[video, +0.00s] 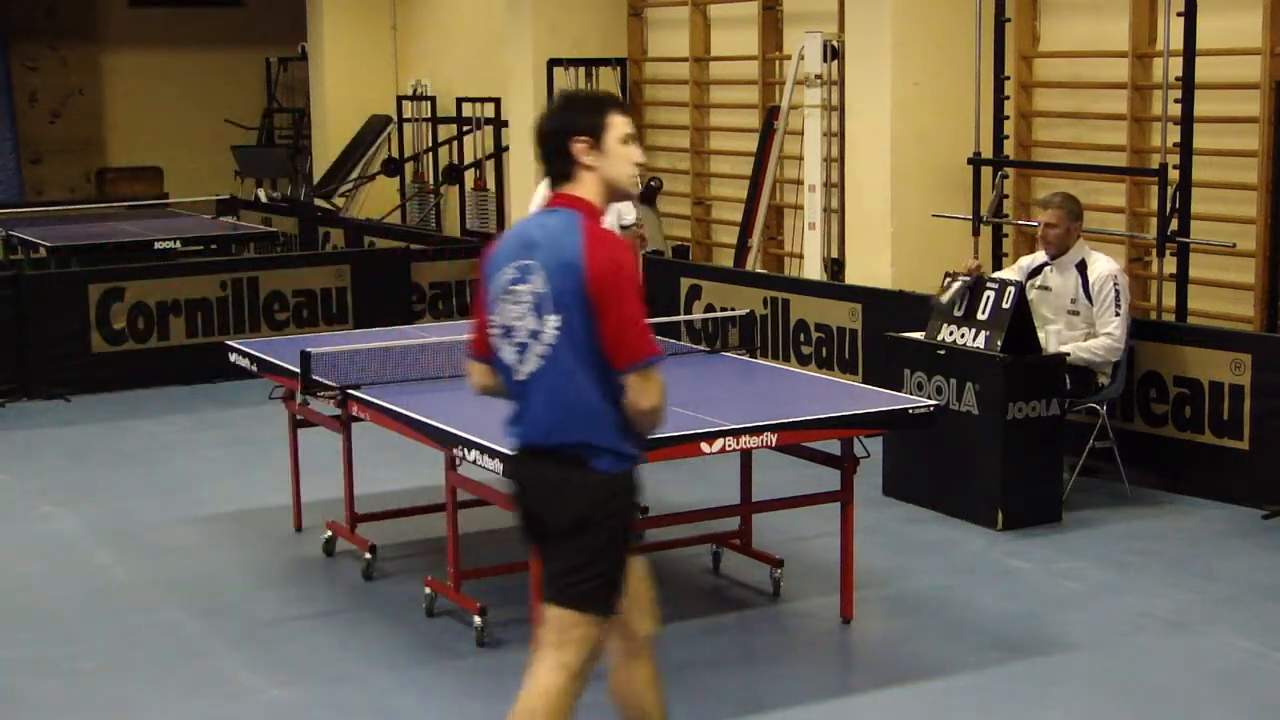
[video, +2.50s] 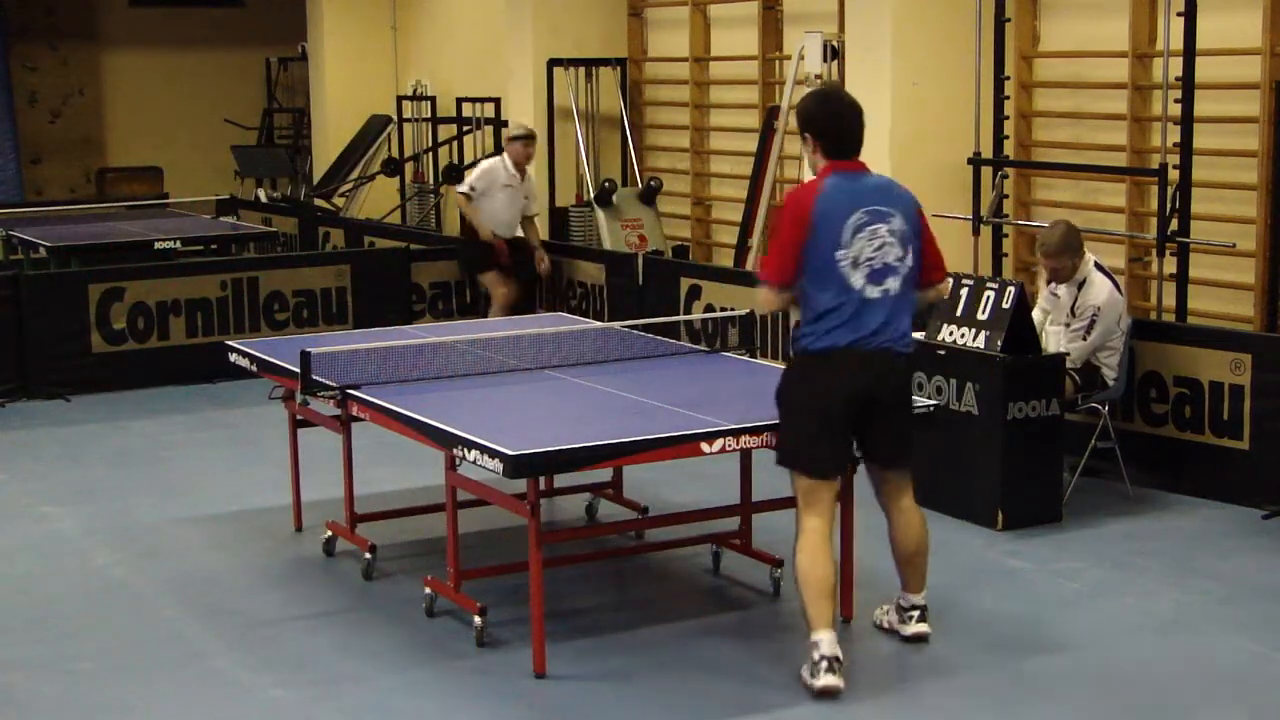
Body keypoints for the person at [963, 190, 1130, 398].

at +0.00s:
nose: (1040, 234)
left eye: (1051, 227)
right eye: (1039, 225)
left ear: (1074, 230)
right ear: (1036, 225)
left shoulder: (1104, 273)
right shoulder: (1030, 265)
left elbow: (1112, 345)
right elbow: (993, 284)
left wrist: (1055, 356)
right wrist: (974, 280)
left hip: (1082, 373)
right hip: (1030, 366)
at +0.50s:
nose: (1051, 230)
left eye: (1059, 222)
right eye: (1044, 223)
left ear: (1072, 225)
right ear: (1034, 228)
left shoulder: (1101, 268)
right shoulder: (1024, 275)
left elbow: (1127, 334)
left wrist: (1073, 357)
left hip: (1088, 374)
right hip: (1035, 373)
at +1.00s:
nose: (1042, 233)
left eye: (1049, 224)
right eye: (1034, 226)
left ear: (1061, 225)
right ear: (1022, 232)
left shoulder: (1092, 264)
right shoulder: (1021, 272)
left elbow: (1110, 333)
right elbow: (1009, 329)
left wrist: (1060, 355)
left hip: (1085, 367)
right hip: (1034, 368)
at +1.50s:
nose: (1046, 260)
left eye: (1053, 255)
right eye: (1042, 253)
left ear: (1074, 244)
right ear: (1038, 244)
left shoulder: (1104, 277)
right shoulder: (1039, 269)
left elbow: (1082, 348)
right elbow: (1033, 322)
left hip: (1092, 367)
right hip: (1048, 360)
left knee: (1032, 392)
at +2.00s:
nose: (1042, 278)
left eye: (1050, 272)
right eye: (1039, 271)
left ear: (1070, 262)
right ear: (1036, 259)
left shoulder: (1093, 299)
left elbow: (1068, 359)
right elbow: (1045, 314)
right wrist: (1015, 340)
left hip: (1096, 374)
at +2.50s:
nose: (1049, 275)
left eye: (1056, 270)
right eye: (1046, 268)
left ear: (1077, 261)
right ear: (1042, 258)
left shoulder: (1100, 296)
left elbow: (1071, 358)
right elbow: (1039, 318)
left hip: (1095, 371)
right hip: (1056, 358)